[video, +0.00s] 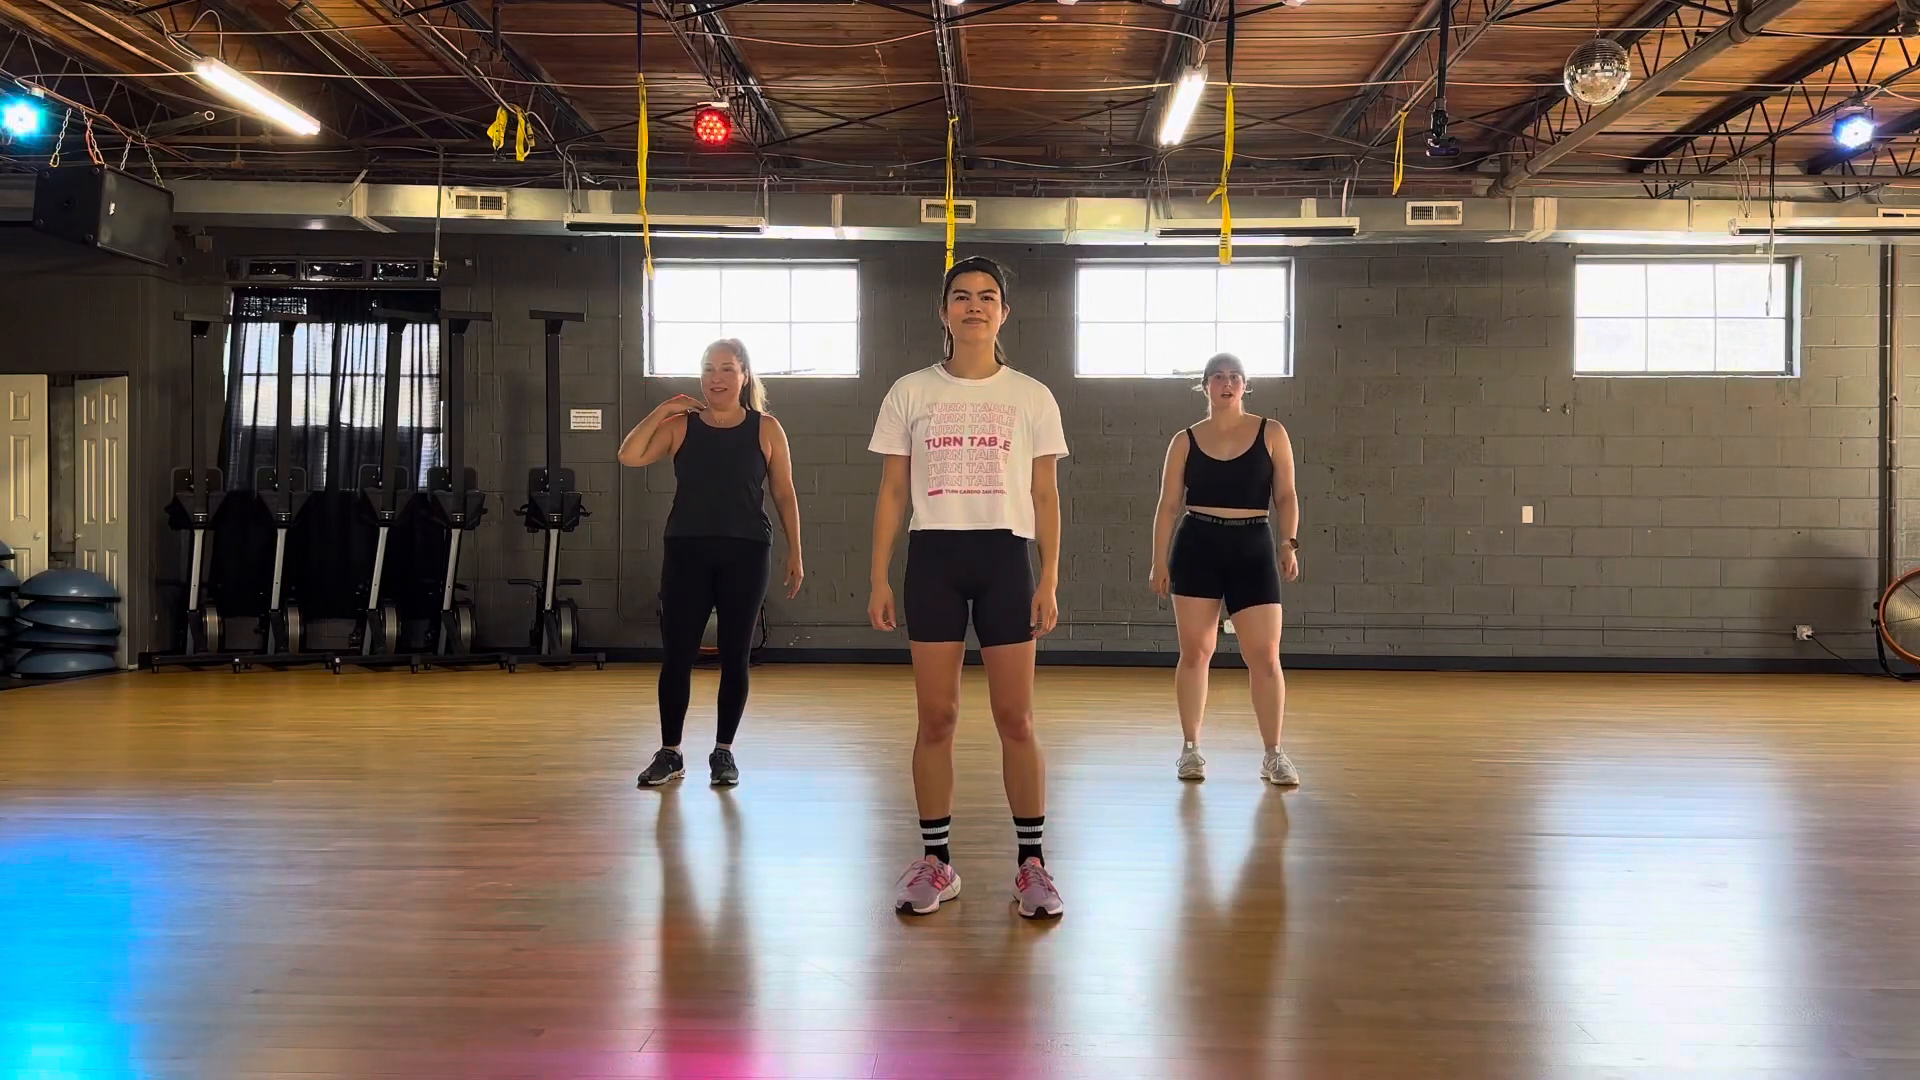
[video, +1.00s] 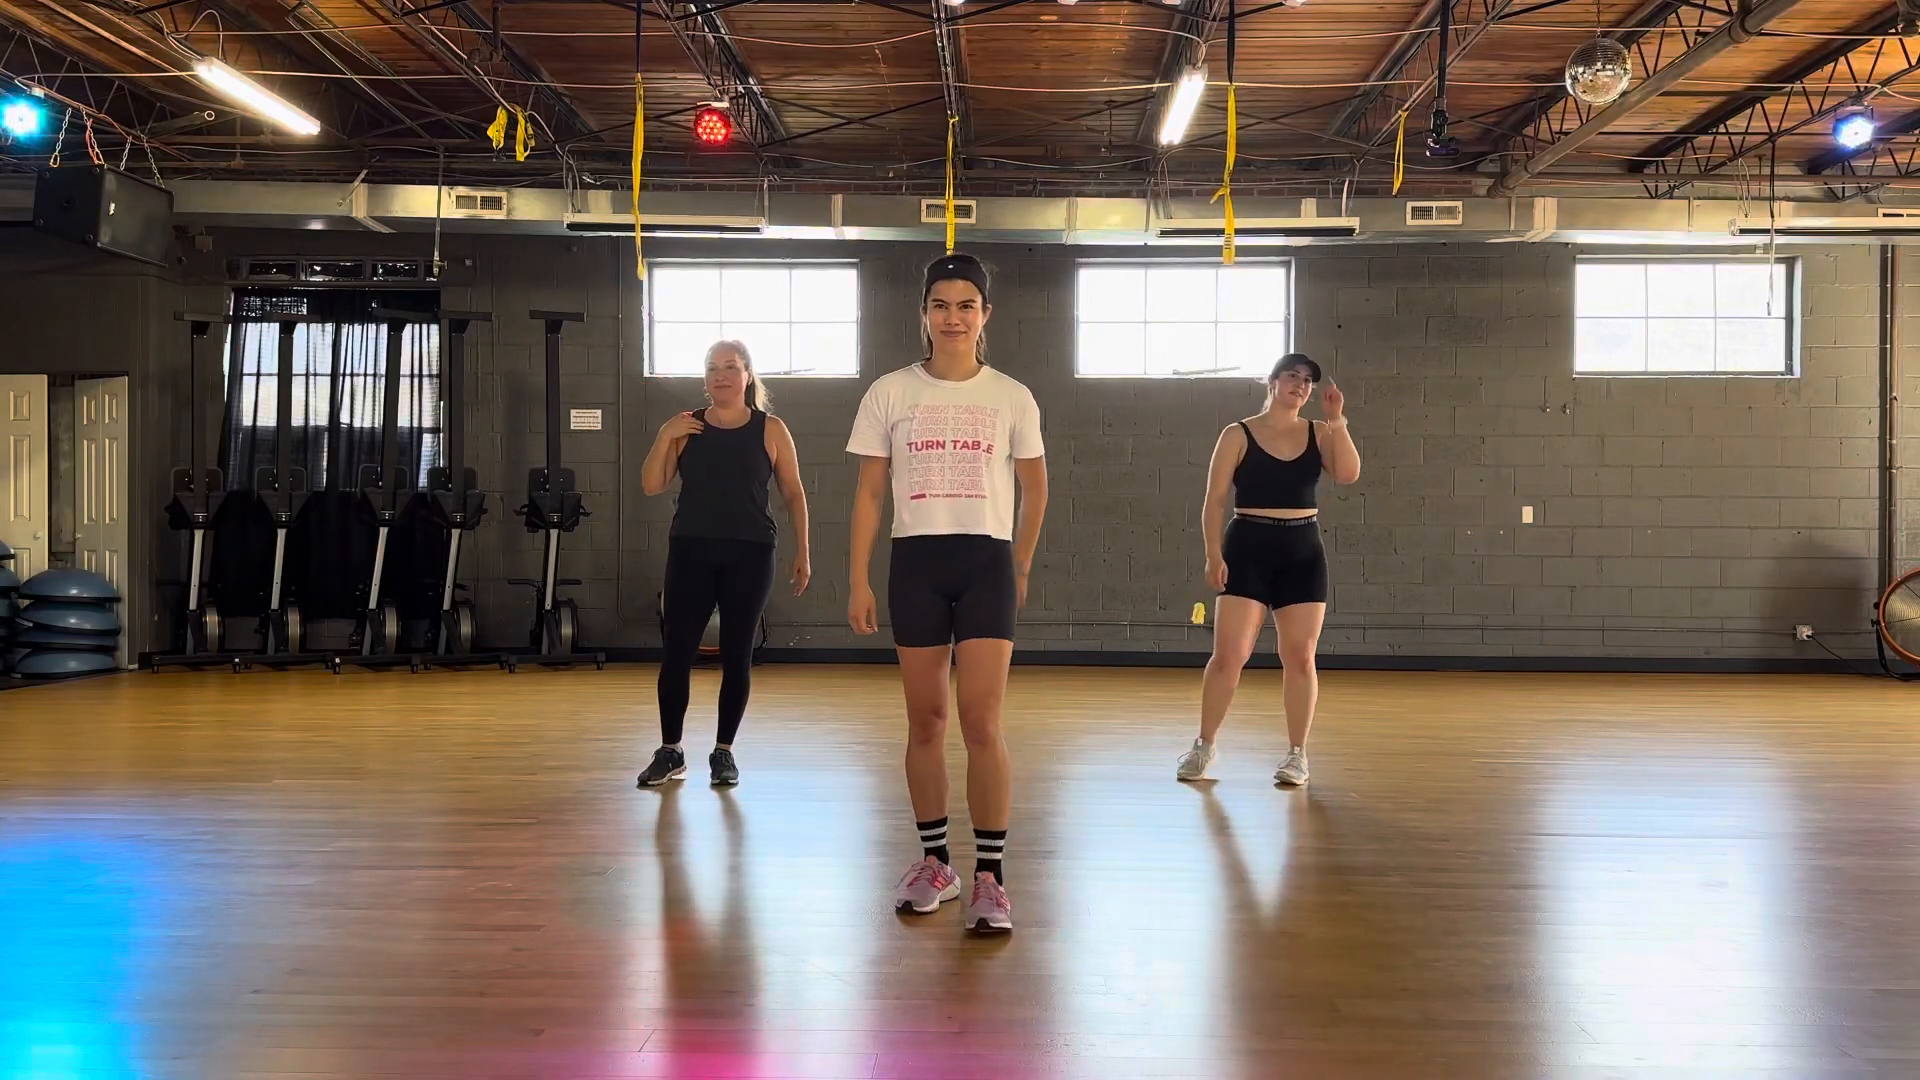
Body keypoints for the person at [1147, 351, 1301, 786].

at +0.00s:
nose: (1225, 382)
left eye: (1233, 376)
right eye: (1217, 376)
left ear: (1244, 386)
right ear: (1205, 386)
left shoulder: (1271, 433)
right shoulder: (1185, 440)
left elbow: (1285, 496)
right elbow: (1168, 505)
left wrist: (1288, 543)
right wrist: (1159, 561)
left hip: (1253, 552)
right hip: (1195, 549)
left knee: (1265, 658)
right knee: (1195, 651)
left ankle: (1273, 754)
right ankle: (1191, 748)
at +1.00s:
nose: (1298, 383)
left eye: (1305, 379)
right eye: (1290, 375)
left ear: (1311, 391)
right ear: (1272, 382)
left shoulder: (1319, 433)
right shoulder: (1238, 434)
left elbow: (1348, 474)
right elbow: (1215, 498)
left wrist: (1336, 420)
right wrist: (1214, 555)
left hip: (1302, 553)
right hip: (1247, 550)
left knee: (1300, 658)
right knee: (1227, 657)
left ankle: (1297, 755)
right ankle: (1204, 746)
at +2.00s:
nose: (1266, 379)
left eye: (1273, 373)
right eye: (1257, 374)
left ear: (1285, 384)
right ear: (1242, 386)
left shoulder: (1311, 431)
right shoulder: (1225, 441)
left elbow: (1340, 494)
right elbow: (1208, 499)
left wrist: (1293, 473)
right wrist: (1180, 545)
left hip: (1290, 557)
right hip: (1231, 554)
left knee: (1277, 671)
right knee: (1242, 667)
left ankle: (1272, 742)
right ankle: (1254, 768)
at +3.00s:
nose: (1276, 347)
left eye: (1286, 341)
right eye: (1267, 340)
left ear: (1297, 356)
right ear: (1248, 353)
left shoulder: (1318, 428)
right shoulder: (1210, 412)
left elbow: (1332, 505)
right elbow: (1179, 491)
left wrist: (1358, 562)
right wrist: (1166, 561)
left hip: (1296, 568)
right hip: (1225, 565)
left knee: (1274, 691)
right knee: (1218, 695)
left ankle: (1253, 811)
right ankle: (1215, 772)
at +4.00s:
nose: (1368, 336)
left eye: (1368, 326)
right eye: (1362, 326)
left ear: (1318, 329)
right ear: (1336, 329)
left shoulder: (1276, 387)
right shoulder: (1320, 413)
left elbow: (1251, 469)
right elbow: (1317, 518)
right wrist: (1331, 616)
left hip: (1269, 545)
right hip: (1304, 554)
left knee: (1284, 693)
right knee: (1287, 706)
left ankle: (1243, 807)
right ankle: (1279, 853)